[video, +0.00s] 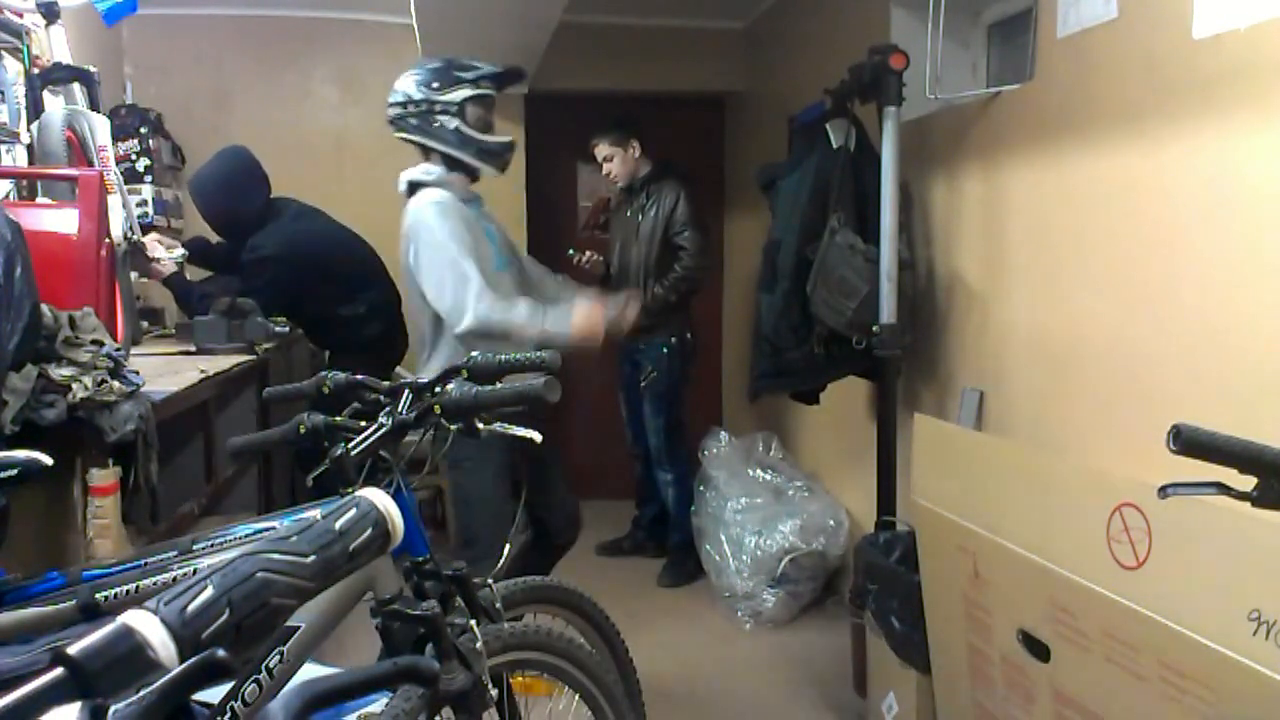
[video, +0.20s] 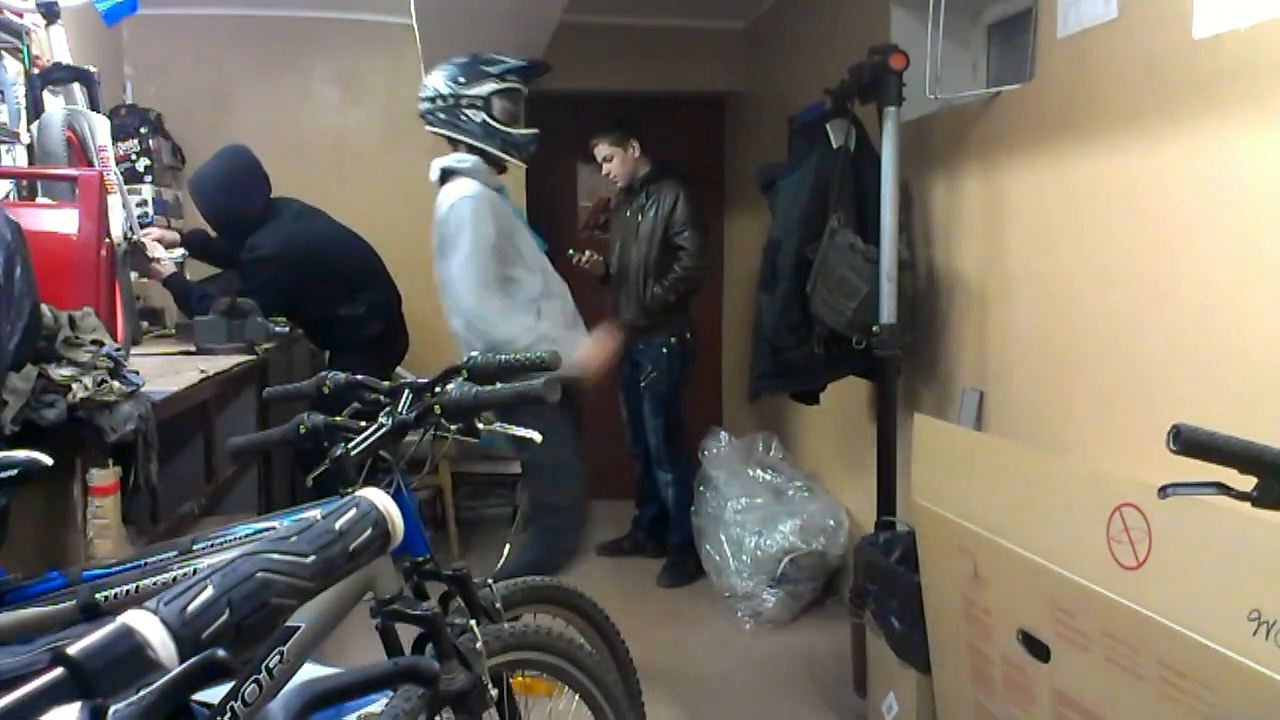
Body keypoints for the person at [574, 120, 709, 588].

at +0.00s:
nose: (605, 170)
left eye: (609, 159)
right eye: (600, 163)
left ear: (636, 150)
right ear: (610, 164)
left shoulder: (671, 194)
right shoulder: (623, 206)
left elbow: (693, 263)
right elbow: (620, 269)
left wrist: (644, 306)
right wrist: (600, 275)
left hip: (664, 338)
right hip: (631, 338)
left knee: (663, 443)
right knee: (640, 442)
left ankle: (684, 546)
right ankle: (650, 530)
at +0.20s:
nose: (605, 171)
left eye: (608, 160)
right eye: (600, 164)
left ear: (635, 150)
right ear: (610, 164)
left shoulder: (671, 193)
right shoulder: (624, 205)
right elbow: (626, 268)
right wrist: (603, 268)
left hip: (665, 336)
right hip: (631, 335)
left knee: (664, 443)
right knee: (640, 442)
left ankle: (684, 547)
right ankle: (650, 531)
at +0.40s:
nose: (604, 170)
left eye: (608, 159)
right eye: (599, 163)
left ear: (634, 150)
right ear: (609, 163)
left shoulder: (671, 194)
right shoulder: (620, 204)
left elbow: (691, 259)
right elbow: (618, 267)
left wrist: (661, 308)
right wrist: (596, 268)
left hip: (663, 333)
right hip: (625, 331)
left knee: (663, 442)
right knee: (639, 442)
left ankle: (685, 547)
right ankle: (656, 532)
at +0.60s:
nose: (605, 171)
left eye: (609, 160)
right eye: (600, 164)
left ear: (633, 151)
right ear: (605, 164)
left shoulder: (670, 194)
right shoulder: (619, 204)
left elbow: (692, 258)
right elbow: (616, 265)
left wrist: (653, 306)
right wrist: (608, 305)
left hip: (663, 330)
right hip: (624, 329)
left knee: (663, 428)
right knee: (630, 429)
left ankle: (684, 540)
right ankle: (644, 525)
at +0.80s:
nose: (610, 142)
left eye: (605, 128)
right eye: (595, 128)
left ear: (547, 139)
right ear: (561, 134)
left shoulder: (533, 224)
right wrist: (757, 317)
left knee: (602, 531)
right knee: (706, 559)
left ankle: (516, 616)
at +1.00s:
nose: (626, 106)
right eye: (616, 99)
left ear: (558, 119)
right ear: (587, 108)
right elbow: (659, 293)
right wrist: (772, 304)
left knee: (659, 521)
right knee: (722, 558)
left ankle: (577, 624)